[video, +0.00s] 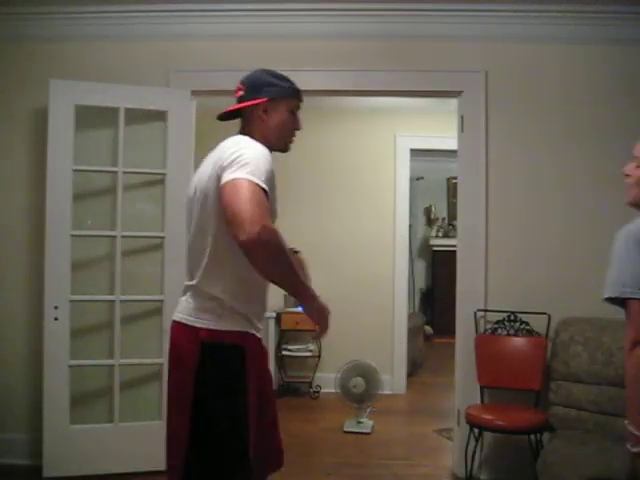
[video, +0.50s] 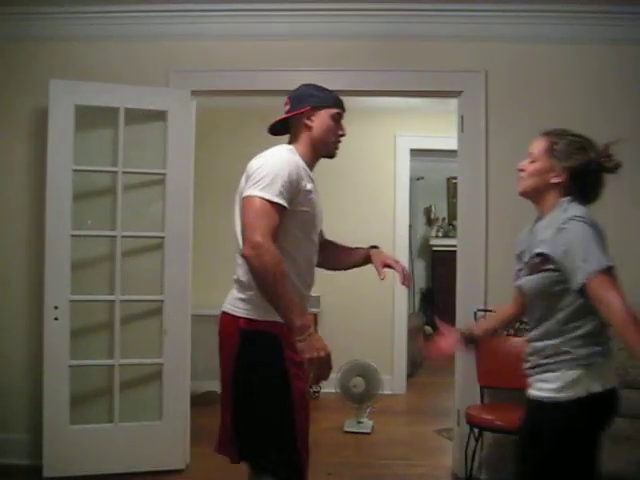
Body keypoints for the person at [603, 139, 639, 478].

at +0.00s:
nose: (627, 169)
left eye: (635, 161)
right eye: (631, 161)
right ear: (630, 172)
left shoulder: (632, 236)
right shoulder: (630, 236)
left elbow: (634, 342)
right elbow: (634, 343)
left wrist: (634, 433)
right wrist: (634, 433)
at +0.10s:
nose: (602, 166)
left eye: (614, 159)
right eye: (607, 157)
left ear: (636, 171)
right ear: (631, 171)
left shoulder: (620, 229)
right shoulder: (623, 228)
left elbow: (633, 326)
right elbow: (631, 323)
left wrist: (632, 406)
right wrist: (630, 403)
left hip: (632, 415)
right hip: (631, 413)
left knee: (618, 472)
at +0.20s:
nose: (579, 162)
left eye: (591, 155)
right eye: (585, 154)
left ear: (618, 172)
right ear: (615, 173)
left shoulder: (610, 222)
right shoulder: (624, 215)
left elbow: (634, 308)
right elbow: (626, 312)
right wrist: (609, 391)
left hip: (624, 404)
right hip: (625, 399)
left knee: (591, 472)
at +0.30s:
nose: (558, 161)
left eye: (570, 154)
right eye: (564, 152)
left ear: (598, 172)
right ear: (592, 173)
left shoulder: (607, 221)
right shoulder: (579, 226)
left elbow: (633, 300)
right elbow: (582, 311)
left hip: (618, 394)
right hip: (597, 390)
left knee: (559, 470)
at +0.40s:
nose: (539, 164)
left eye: (550, 157)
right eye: (544, 156)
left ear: (577, 174)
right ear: (572, 175)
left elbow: (634, 304)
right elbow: (541, 306)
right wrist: (512, 348)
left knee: (558, 471)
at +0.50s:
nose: (520, 165)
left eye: (531, 159)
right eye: (525, 157)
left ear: (557, 175)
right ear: (553, 175)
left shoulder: (572, 227)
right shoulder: (535, 231)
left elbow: (613, 306)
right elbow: (518, 304)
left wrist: (639, 355)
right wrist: (468, 334)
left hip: (573, 395)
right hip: (549, 393)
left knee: (542, 474)